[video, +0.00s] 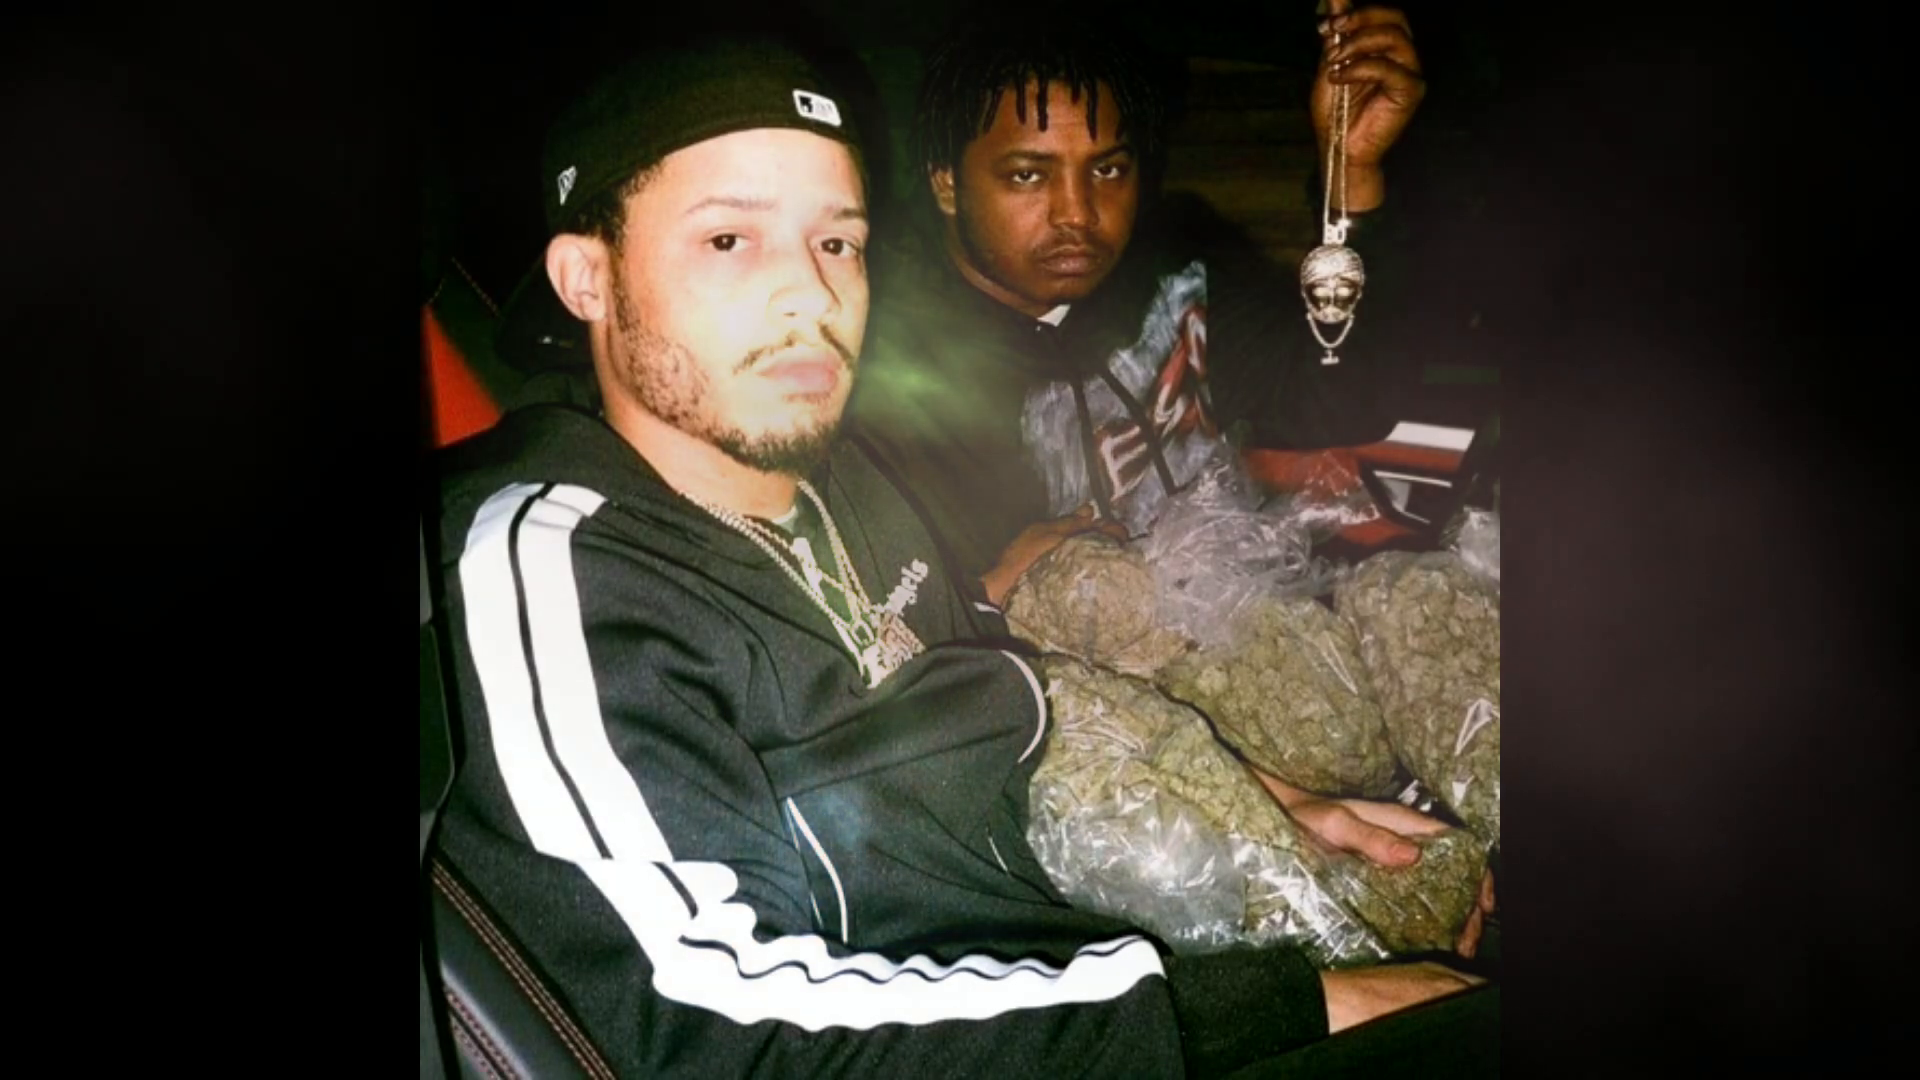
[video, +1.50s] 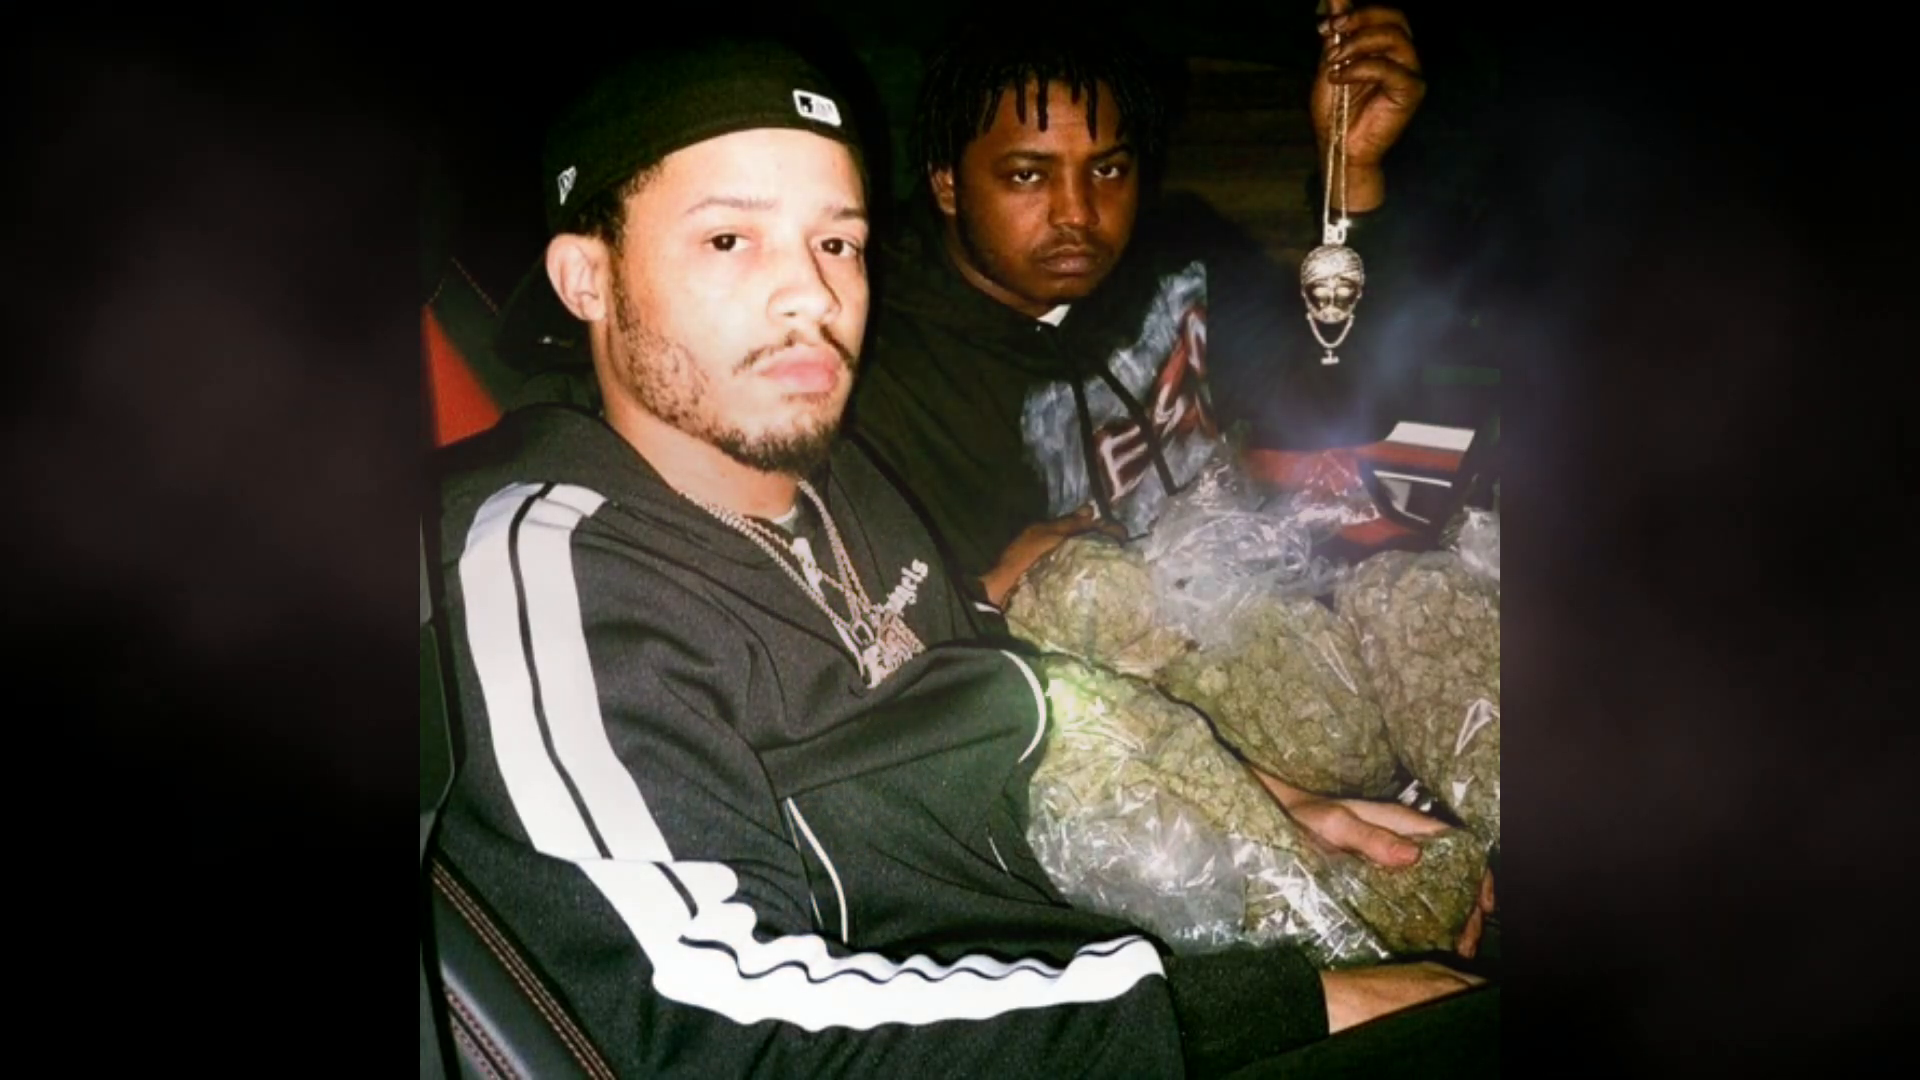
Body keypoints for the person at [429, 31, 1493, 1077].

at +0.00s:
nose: (811, 306)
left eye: (835, 249)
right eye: (730, 246)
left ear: (868, 268)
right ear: (589, 283)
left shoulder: (842, 484)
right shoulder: (530, 550)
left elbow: (1012, 738)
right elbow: (706, 1014)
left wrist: (1267, 817)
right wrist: (1276, 1008)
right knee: (1479, 1006)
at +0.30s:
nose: (811, 304)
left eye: (836, 249)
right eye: (730, 245)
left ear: (868, 269)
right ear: (590, 283)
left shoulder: (840, 481)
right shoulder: (531, 552)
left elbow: (1009, 732)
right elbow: (706, 1011)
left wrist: (1263, 816)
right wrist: (1277, 1009)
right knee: (1483, 1009)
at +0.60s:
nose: (811, 304)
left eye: (836, 249)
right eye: (730, 244)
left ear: (868, 270)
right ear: (589, 283)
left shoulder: (837, 478)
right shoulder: (532, 551)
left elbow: (1010, 731)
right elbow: (710, 1012)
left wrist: (1266, 818)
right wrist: (1277, 1009)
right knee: (1495, 1011)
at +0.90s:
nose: (810, 304)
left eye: (835, 250)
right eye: (728, 244)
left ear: (868, 269)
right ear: (587, 282)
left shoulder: (835, 483)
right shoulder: (535, 557)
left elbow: (1011, 736)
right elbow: (710, 1014)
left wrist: (1269, 822)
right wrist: (1277, 1008)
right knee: (1474, 1008)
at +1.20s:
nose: (812, 305)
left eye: (835, 249)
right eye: (730, 246)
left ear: (867, 266)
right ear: (589, 282)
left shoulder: (831, 481)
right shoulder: (533, 557)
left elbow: (1010, 739)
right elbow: (710, 1015)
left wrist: (1272, 821)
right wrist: (1276, 1008)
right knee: (1472, 1004)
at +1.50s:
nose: (810, 303)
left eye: (835, 249)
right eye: (729, 244)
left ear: (867, 268)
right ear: (588, 283)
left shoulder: (825, 476)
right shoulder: (532, 552)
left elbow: (1008, 732)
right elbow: (708, 1016)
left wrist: (1267, 819)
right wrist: (1278, 1008)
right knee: (1473, 1004)